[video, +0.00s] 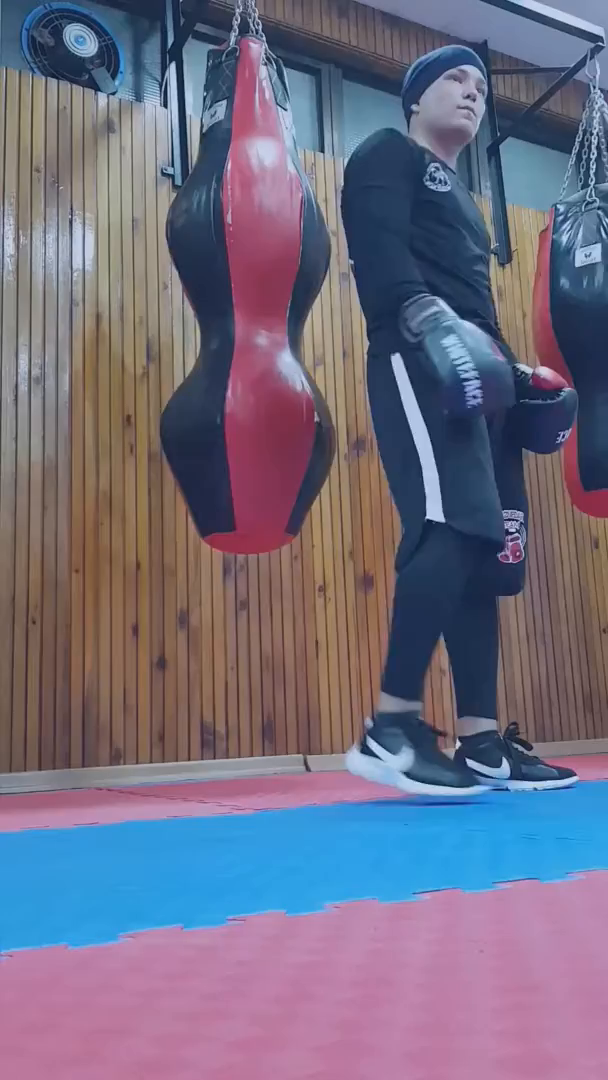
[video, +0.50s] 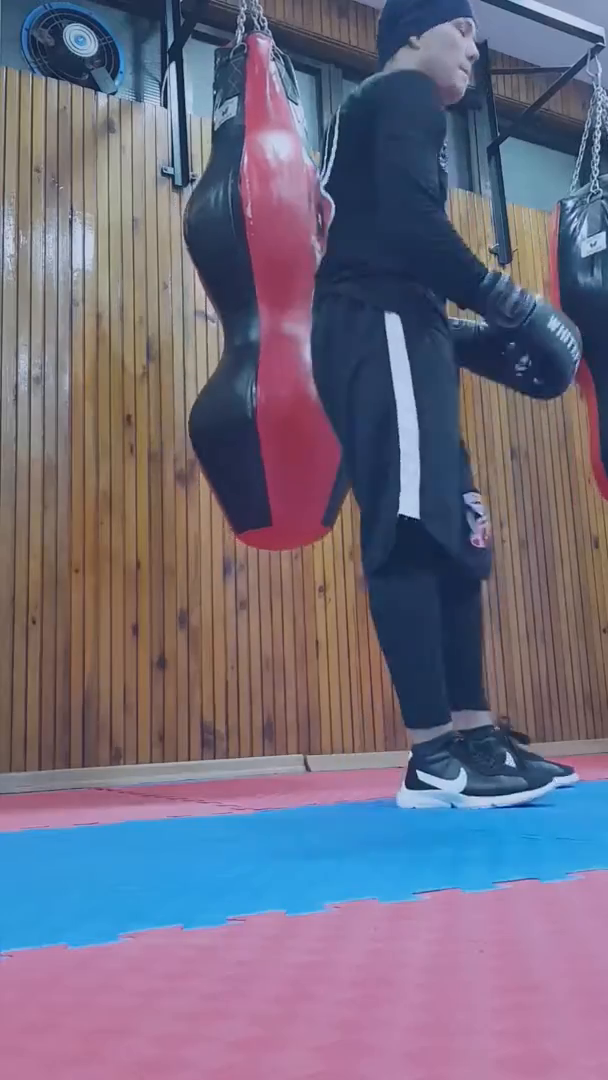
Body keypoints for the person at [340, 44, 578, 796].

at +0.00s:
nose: (470, 93)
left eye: (479, 89)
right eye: (455, 80)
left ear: (480, 117)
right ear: (415, 96)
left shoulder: (461, 198)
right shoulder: (386, 154)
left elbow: (472, 305)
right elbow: (385, 265)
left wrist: (518, 372)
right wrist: (442, 333)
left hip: (472, 366)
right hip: (414, 359)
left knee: (482, 546)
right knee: (448, 531)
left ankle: (481, 738)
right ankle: (392, 728)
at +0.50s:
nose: (473, 50)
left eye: (473, 39)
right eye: (462, 33)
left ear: (422, 41)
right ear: (415, 33)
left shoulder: (394, 109)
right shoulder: (403, 93)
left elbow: (389, 270)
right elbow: (411, 224)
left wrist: (471, 344)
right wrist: (509, 303)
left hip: (405, 327)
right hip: (379, 321)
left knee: (454, 533)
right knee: (407, 529)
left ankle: (474, 736)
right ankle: (434, 752)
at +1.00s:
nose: (352, 40)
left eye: (344, 37)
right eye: (344, 32)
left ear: (257, 33)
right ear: (325, 24)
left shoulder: (209, 113)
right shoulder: (326, 46)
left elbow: (212, 251)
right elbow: (398, 190)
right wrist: (374, 122)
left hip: (236, 319)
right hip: (315, 301)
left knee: (233, 543)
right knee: (377, 527)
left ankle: (188, 753)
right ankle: (436, 748)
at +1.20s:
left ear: (190, 43)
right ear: (249, 20)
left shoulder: (154, 111)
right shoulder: (283, 39)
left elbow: (169, 234)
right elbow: (340, 174)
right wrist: (262, 161)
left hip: (188, 300)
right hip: (277, 281)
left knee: (210, 542)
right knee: (363, 507)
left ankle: (188, 762)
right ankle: (407, 744)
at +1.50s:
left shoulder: (121, 53)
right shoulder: (273, 4)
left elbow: (93, 208)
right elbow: (347, 140)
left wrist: (197, 160)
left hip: (166, 278)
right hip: (260, 254)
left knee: (186, 527)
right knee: (316, 491)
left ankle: (181, 761)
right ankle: (267, 713)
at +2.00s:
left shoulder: (133, 7)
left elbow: (88, 119)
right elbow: (352, 80)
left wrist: (91, 39)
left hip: (134, 189)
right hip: (237, 174)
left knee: (170, 484)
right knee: (244, 467)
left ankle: (134, 755)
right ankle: (231, 771)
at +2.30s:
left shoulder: (117, 18)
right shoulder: (306, 1)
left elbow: (131, 136)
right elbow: (358, 98)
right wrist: (296, 164)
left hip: (149, 189)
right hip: (267, 158)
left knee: (154, 474)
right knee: (411, 429)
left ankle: (126, 766)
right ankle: (345, 680)